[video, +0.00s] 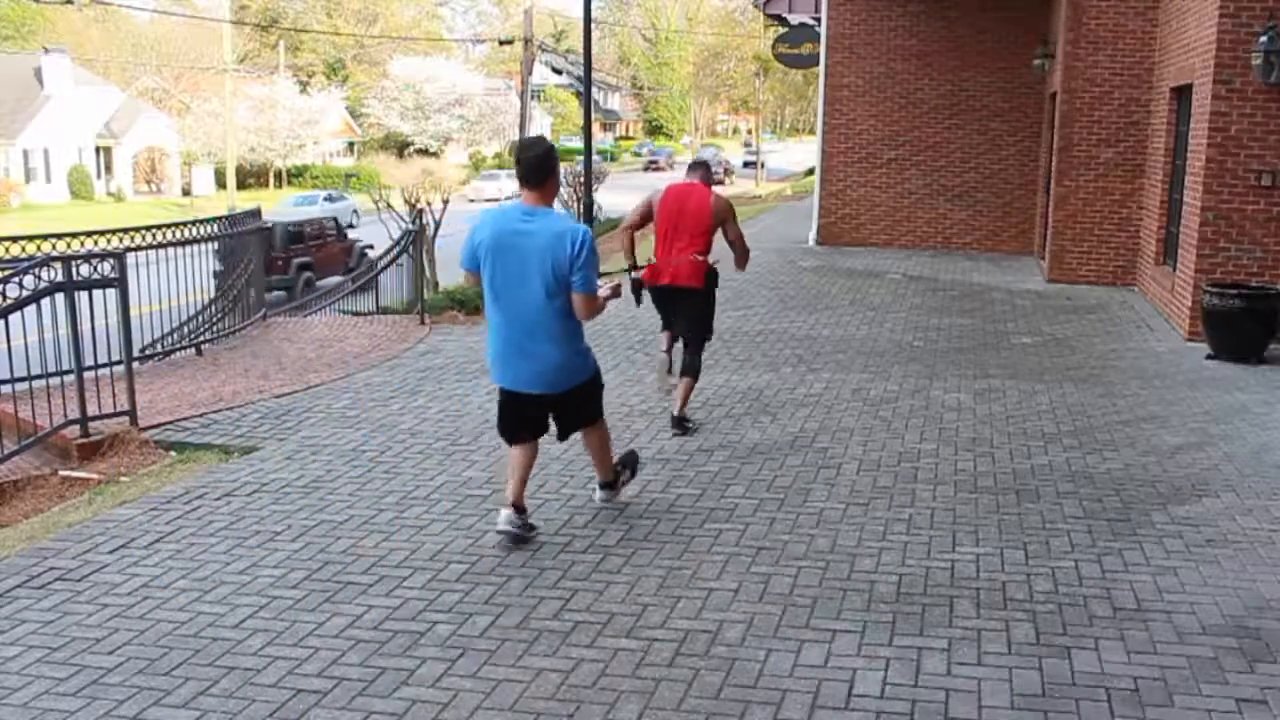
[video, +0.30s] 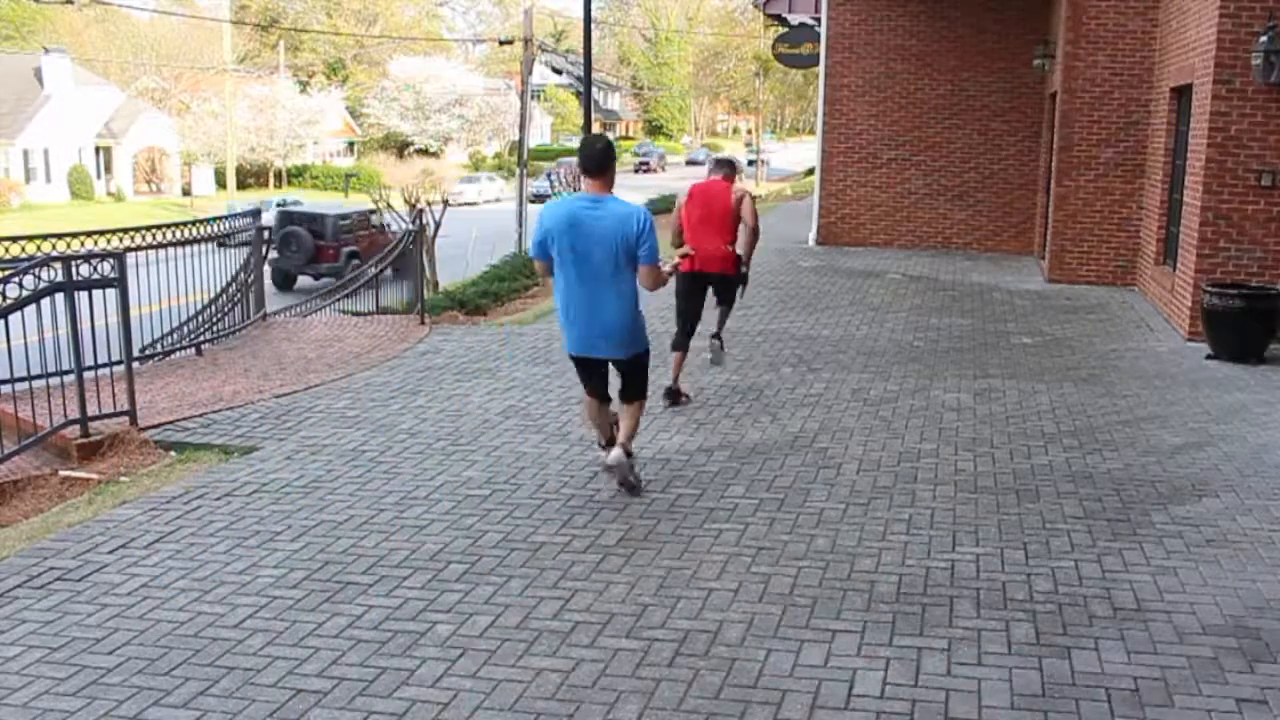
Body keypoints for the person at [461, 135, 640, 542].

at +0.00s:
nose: (561, 177)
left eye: (555, 171)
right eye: (559, 171)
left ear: (517, 177)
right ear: (556, 176)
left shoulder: (488, 222)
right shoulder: (574, 234)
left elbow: (470, 275)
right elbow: (585, 310)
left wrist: (514, 268)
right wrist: (605, 296)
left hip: (510, 362)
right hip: (564, 362)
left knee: (523, 437)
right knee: (590, 420)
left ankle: (512, 509)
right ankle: (608, 478)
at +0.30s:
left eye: (585, 168)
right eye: (613, 166)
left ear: (580, 170)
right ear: (615, 168)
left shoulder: (552, 213)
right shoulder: (635, 216)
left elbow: (542, 268)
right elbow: (650, 281)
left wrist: (574, 258)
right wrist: (667, 271)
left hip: (579, 331)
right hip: (624, 331)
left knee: (595, 395)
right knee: (634, 395)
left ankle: (610, 448)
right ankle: (620, 448)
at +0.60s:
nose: (659, 169)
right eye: (660, 164)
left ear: (630, 167)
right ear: (660, 167)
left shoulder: (605, 200)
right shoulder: (674, 211)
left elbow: (584, 246)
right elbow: (682, 269)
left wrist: (616, 243)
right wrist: (692, 255)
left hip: (621, 311)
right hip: (661, 313)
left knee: (627, 359)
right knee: (675, 369)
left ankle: (620, 405)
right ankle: (682, 418)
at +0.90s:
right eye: (689, 163)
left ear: (663, 165)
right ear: (691, 165)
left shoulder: (644, 199)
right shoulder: (706, 203)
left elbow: (632, 239)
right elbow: (719, 254)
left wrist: (658, 234)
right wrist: (732, 246)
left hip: (660, 293)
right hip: (696, 293)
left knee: (667, 347)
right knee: (704, 335)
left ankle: (669, 391)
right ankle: (691, 376)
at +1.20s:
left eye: (706, 162)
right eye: (724, 162)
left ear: (702, 164)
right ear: (727, 164)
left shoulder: (684, 191)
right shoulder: (741, 199)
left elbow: (665, 225)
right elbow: (747, 244)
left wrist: (688, 216)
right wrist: (748, 226)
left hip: (693, 277)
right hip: (726, 279)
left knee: (691, 314)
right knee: (734, 327)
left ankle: (684, 353)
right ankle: (738, 371)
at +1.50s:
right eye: (742, 159)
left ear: (721, 162)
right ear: (744, 162)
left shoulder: (707, 190)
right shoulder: (759, 193)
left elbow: (698, 223)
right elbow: (771, 234)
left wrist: (718, 216)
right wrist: (779, 226)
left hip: (721, 266)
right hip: (752, 265)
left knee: (725, 308)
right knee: (760, 298)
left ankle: (725, 350)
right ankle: (753, 338)